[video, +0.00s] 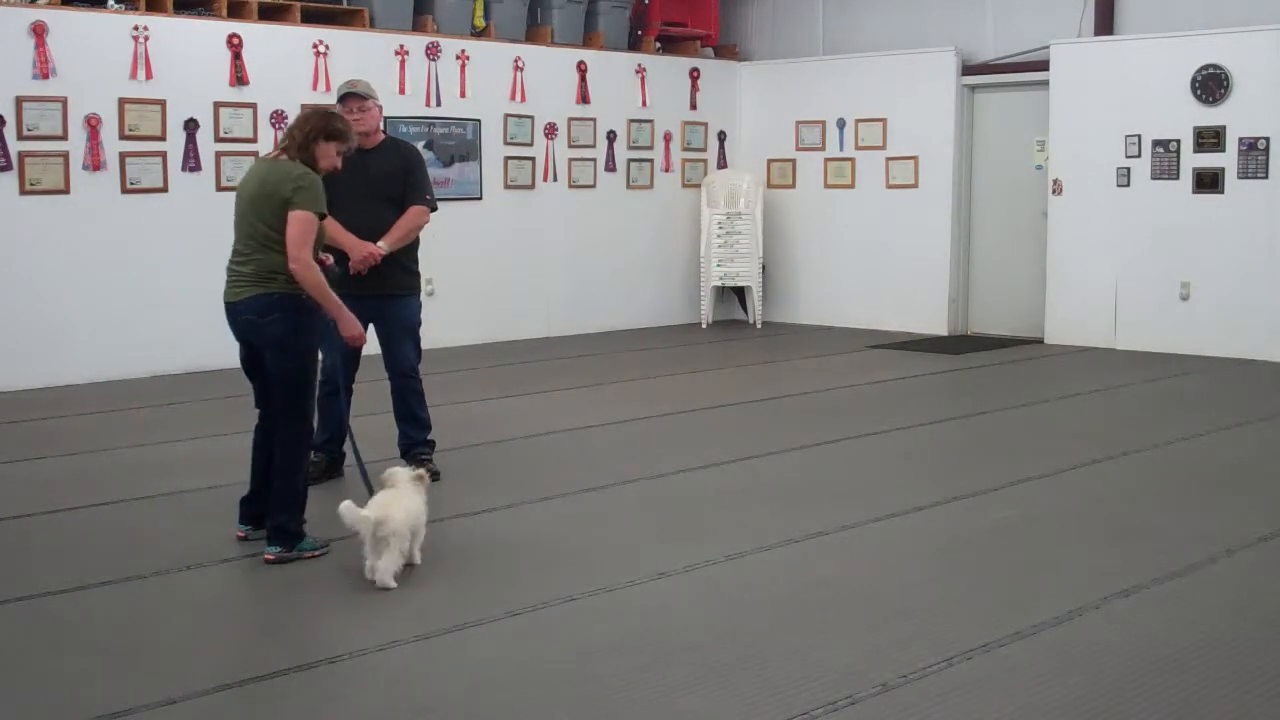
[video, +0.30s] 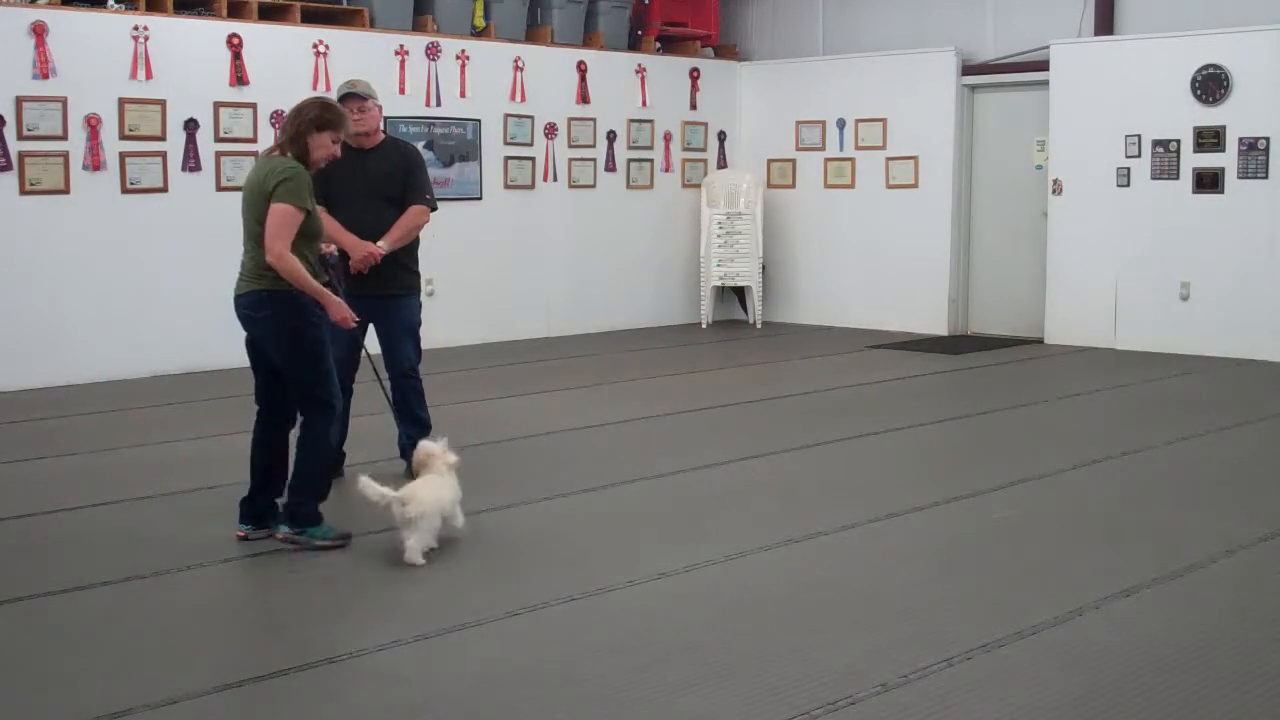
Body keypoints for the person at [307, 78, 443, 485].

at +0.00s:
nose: (358, 116)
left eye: (364, 108)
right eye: (350, 111)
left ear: (380, 112)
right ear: (340, 118)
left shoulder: (405, 154)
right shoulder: (328, 159)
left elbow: (420, 212)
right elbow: (314, 213)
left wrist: (377, 249)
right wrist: (352, 245)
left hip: (396, 287)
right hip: (343, 287)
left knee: (405, 371)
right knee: (334, 374)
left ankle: (418, 452)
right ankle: (327, 453)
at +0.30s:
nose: (361, 115)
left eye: (366, 108)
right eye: (353, 111)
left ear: (380, 112)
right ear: (341, 119)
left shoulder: (405, 154)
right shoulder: (328, 159)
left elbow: (420, 211)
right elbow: (315, 211)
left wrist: (377, 249)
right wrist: (353, 245)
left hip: (396, 286)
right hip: (344, 286)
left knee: (406, 372)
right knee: (336, 377)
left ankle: (416, 454)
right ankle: (328, 457)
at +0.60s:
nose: (361, 115)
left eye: (367, 108)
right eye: (354, 110)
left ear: (380, 112)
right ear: (340, 117)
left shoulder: (404, 153)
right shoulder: (326, 160)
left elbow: (420, 210)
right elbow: (311, 215)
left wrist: (379, 249)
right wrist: (353, 244)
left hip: (396, 285)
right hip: (342, 287)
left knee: (406, 372)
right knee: (336, 377)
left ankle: (416, 453)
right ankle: (330, 457)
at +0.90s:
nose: (359, 116)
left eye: (365, 108)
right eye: (352, 110)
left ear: (380, 111)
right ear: (341, 116)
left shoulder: (405, 154)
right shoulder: (327, 159)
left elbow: (420, 211)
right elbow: (313, 217)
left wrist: (376, 249)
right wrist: (347, 244)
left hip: (396, 286)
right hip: (342, 287)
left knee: (406, 373)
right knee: (335, 379)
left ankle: (418, 453)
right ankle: (329, 457)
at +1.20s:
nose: (361, 116)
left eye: (366, 109)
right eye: (353, 111)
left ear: (380, 111)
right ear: (341, 117)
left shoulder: (405, 154)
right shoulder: (327, 160)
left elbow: (420, 211)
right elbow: (315, 219)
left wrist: (376, 250)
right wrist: (351, 246)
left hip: (395, 285)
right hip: (342, 287)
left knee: (406, 372)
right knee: (335, 378)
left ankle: (418, 451)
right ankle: (330, 455)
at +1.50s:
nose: (359, 115)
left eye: (365, 108)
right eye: (352, 110)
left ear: (380, 112)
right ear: (340, 117)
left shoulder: (405, 154)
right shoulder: (325, 160)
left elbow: (421, 210)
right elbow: (313, 219)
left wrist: (379, 249)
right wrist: (347, 245)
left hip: (397, 282)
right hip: (343, 282)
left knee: (406, 370)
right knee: (336, 376)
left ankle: (418, 450)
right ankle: (330, 456)